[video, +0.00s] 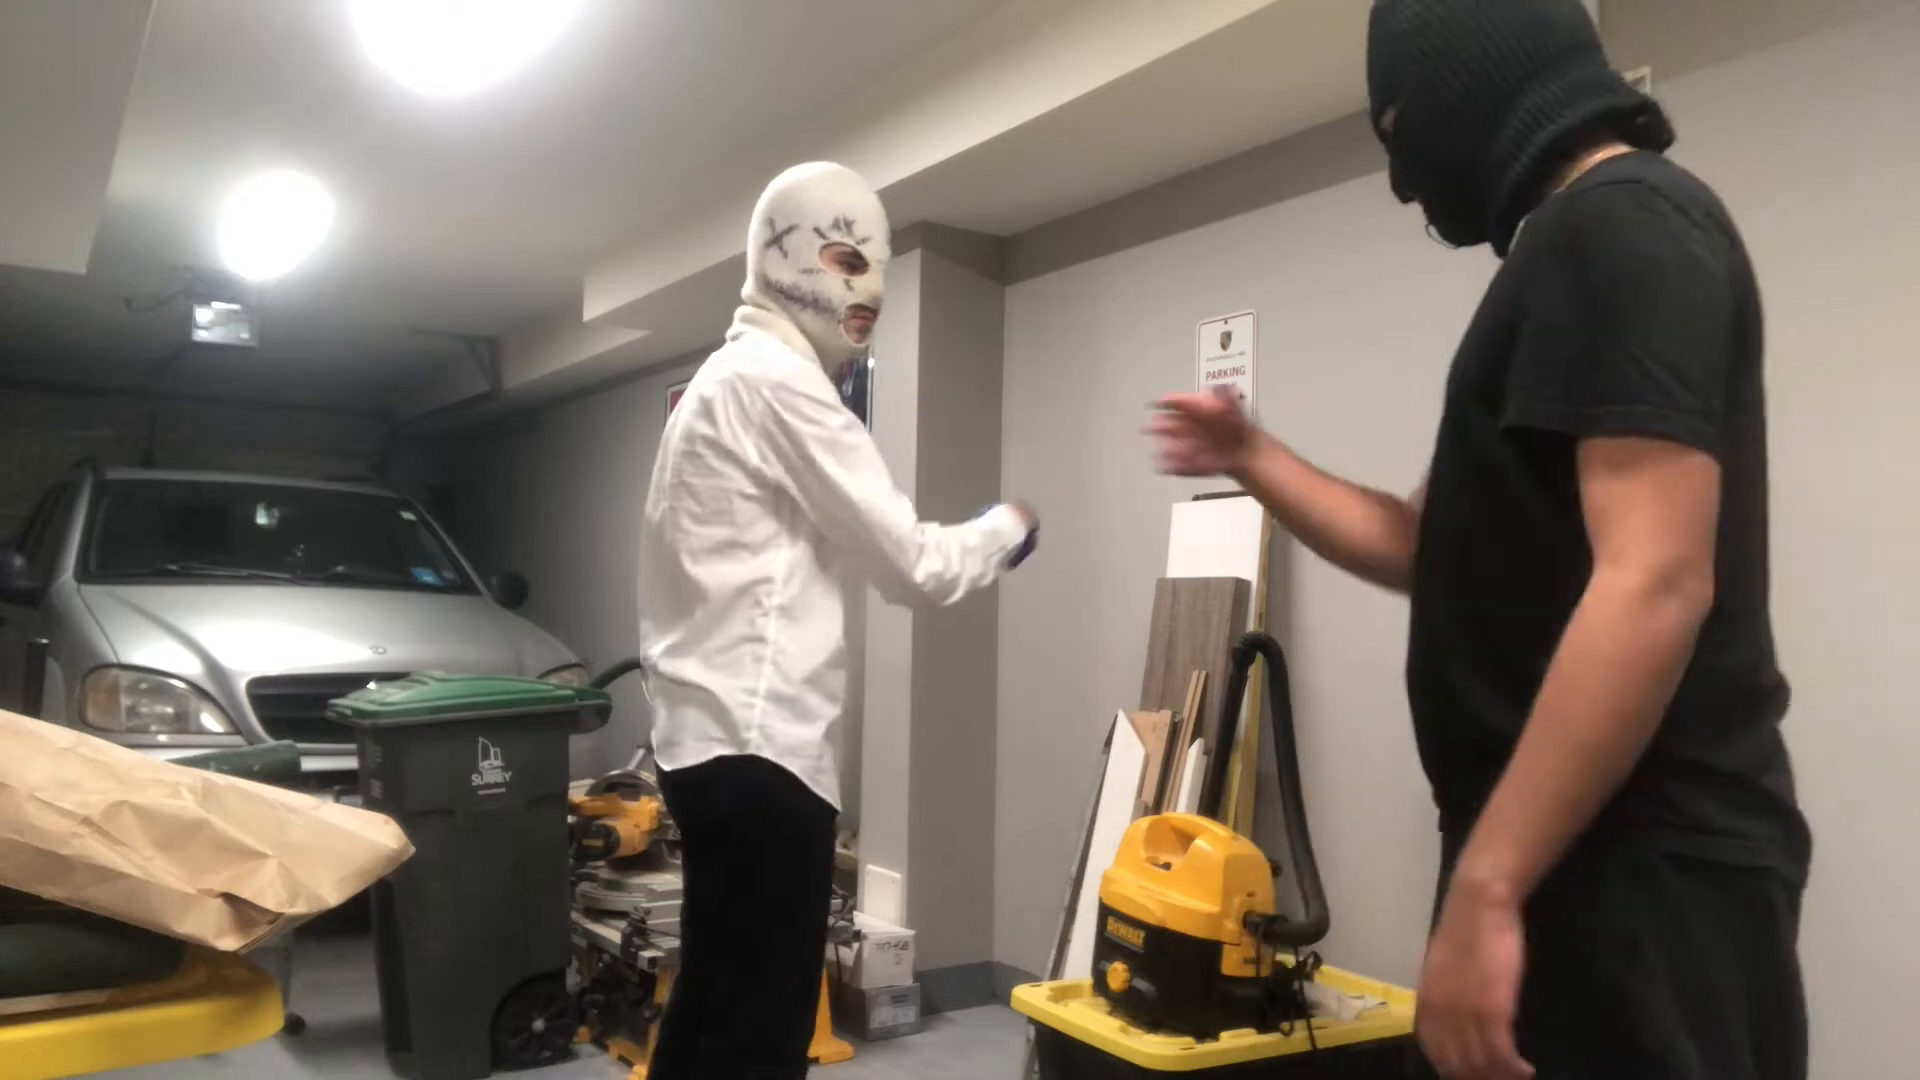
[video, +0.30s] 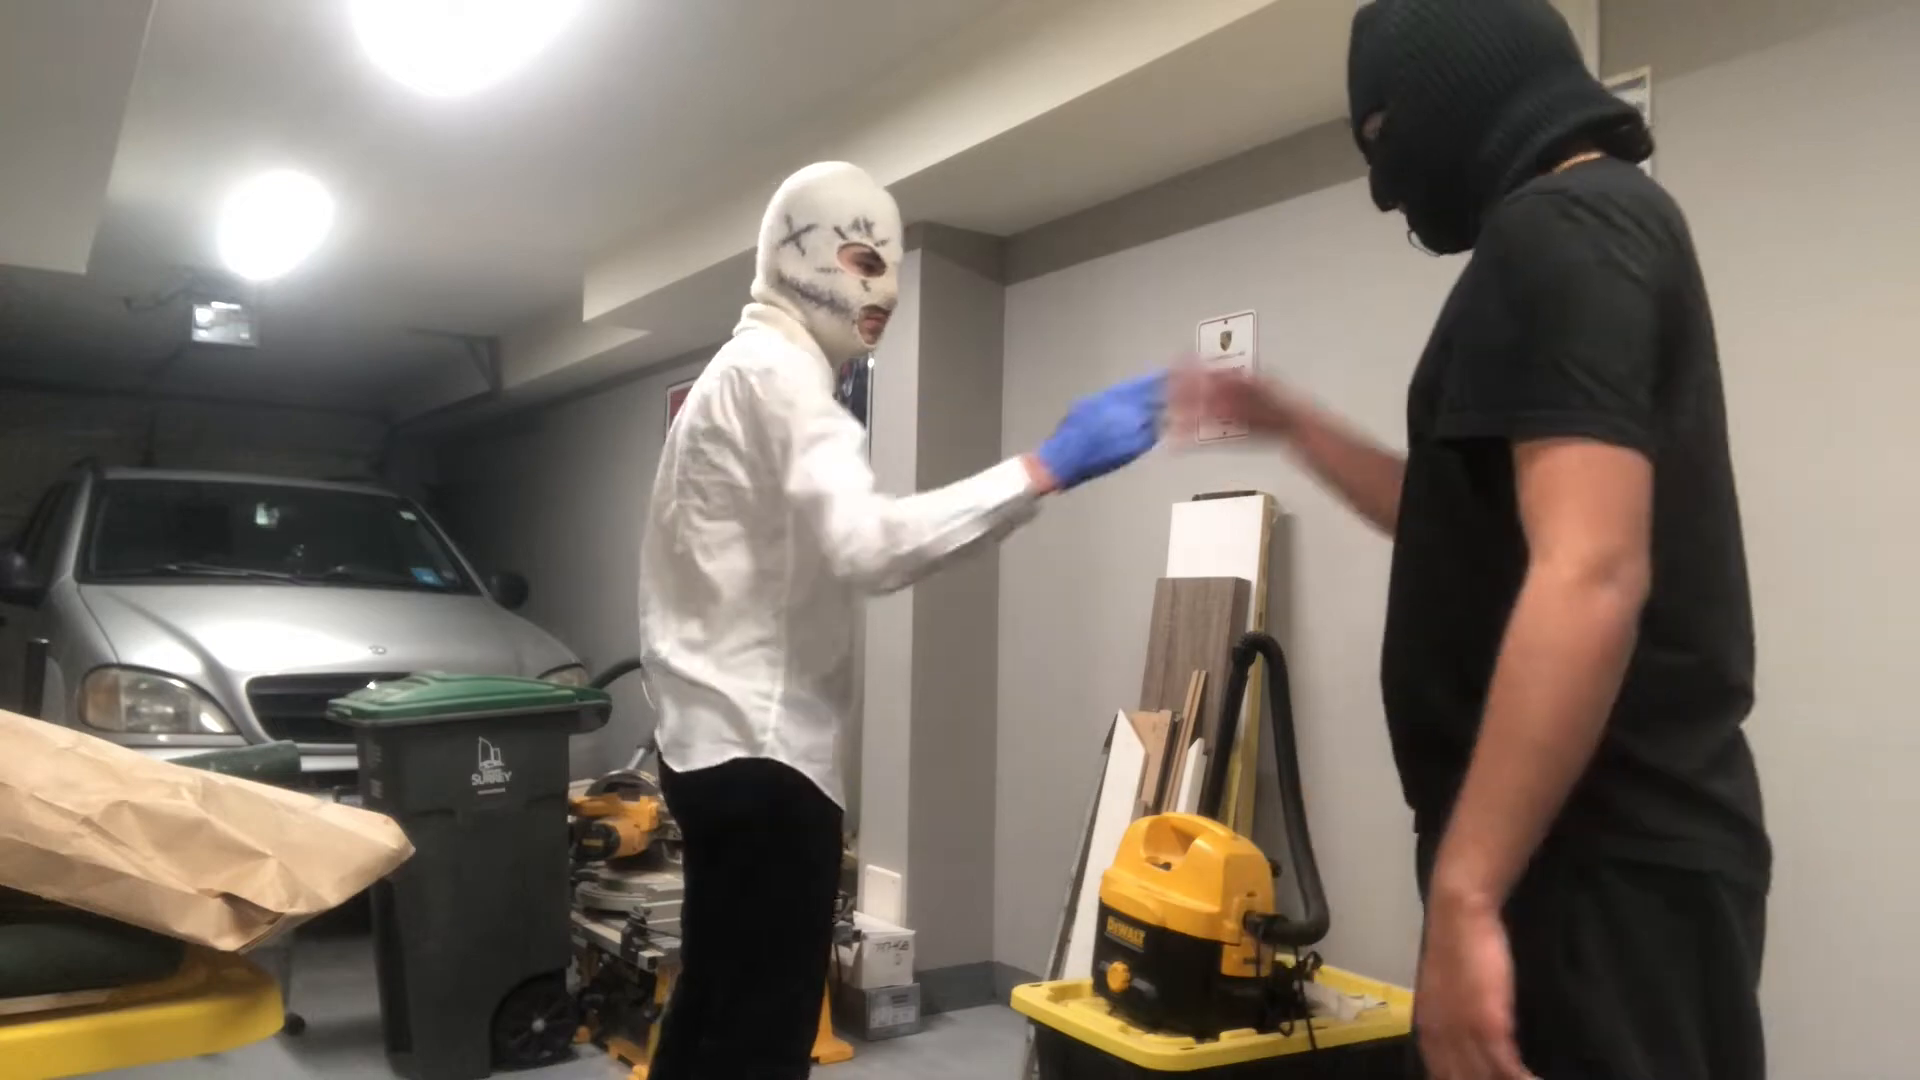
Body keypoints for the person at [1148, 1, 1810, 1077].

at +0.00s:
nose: (1391, 171)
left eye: (1390, 121)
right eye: (1382, 132)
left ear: (1460, 84)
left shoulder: (1622, 224)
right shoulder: (1571, 245)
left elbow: (1655, 582)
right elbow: (1442, 556)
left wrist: (1484, 886)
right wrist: (1253, 457)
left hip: (1634, 877)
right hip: (1578, 874)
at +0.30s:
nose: (1374, 181)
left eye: (1375, 130)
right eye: (1365, 143)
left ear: (1448, 91)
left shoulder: (1562, 227)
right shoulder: (1577, 226)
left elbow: (1593, 575)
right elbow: (1472, 528)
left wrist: (1462, 891)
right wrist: (1292, 423)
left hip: (1598, 878)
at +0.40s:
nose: (1389, 192)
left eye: (1385, 147)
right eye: (1375, 161)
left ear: (1449, 99)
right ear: (1494, 87)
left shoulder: (1553, 222)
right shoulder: (1622, 215)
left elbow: (1563, 565)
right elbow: (1426, 487)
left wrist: (1415, 874)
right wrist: (1325, 309)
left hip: (1580, 868)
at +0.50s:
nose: (1395, 193)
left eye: (1390, 145)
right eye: (1381, 159)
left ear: (1457, 98)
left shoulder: (1566, 224)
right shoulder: (1611, 226)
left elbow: (1532, 564)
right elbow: (1346, 432)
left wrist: (1354, 853)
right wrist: (1259, 254)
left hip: (1583, 867)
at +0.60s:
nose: (1395, 188)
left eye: (1395, 138)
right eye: (1382, 154)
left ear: (1466, 91)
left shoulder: (1593, 225)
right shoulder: (1583, 248)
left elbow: (1546, 572)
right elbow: (1326, 480)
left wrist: (1314, 826)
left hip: (1602, 876)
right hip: (1559, 868)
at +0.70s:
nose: (1395, 193)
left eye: (1393, 141)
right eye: (1381, 156)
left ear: (1465, 96)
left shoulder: (1598, 229)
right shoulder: (1573, 242)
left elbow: (1590, 575)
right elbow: (1385, 538)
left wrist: (1326, 810)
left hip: (1596, 879)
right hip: (1544, 868)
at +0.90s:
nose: (1386, 183)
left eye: (1385, 129)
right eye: (1375, 145)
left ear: (1452, 88)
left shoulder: (1598, 229)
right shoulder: (1558, 248)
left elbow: (1631, 582)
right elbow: (1388, 536)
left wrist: (1396, 835)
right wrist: (1178, 556)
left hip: (1601, 882)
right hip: (1534, 872)